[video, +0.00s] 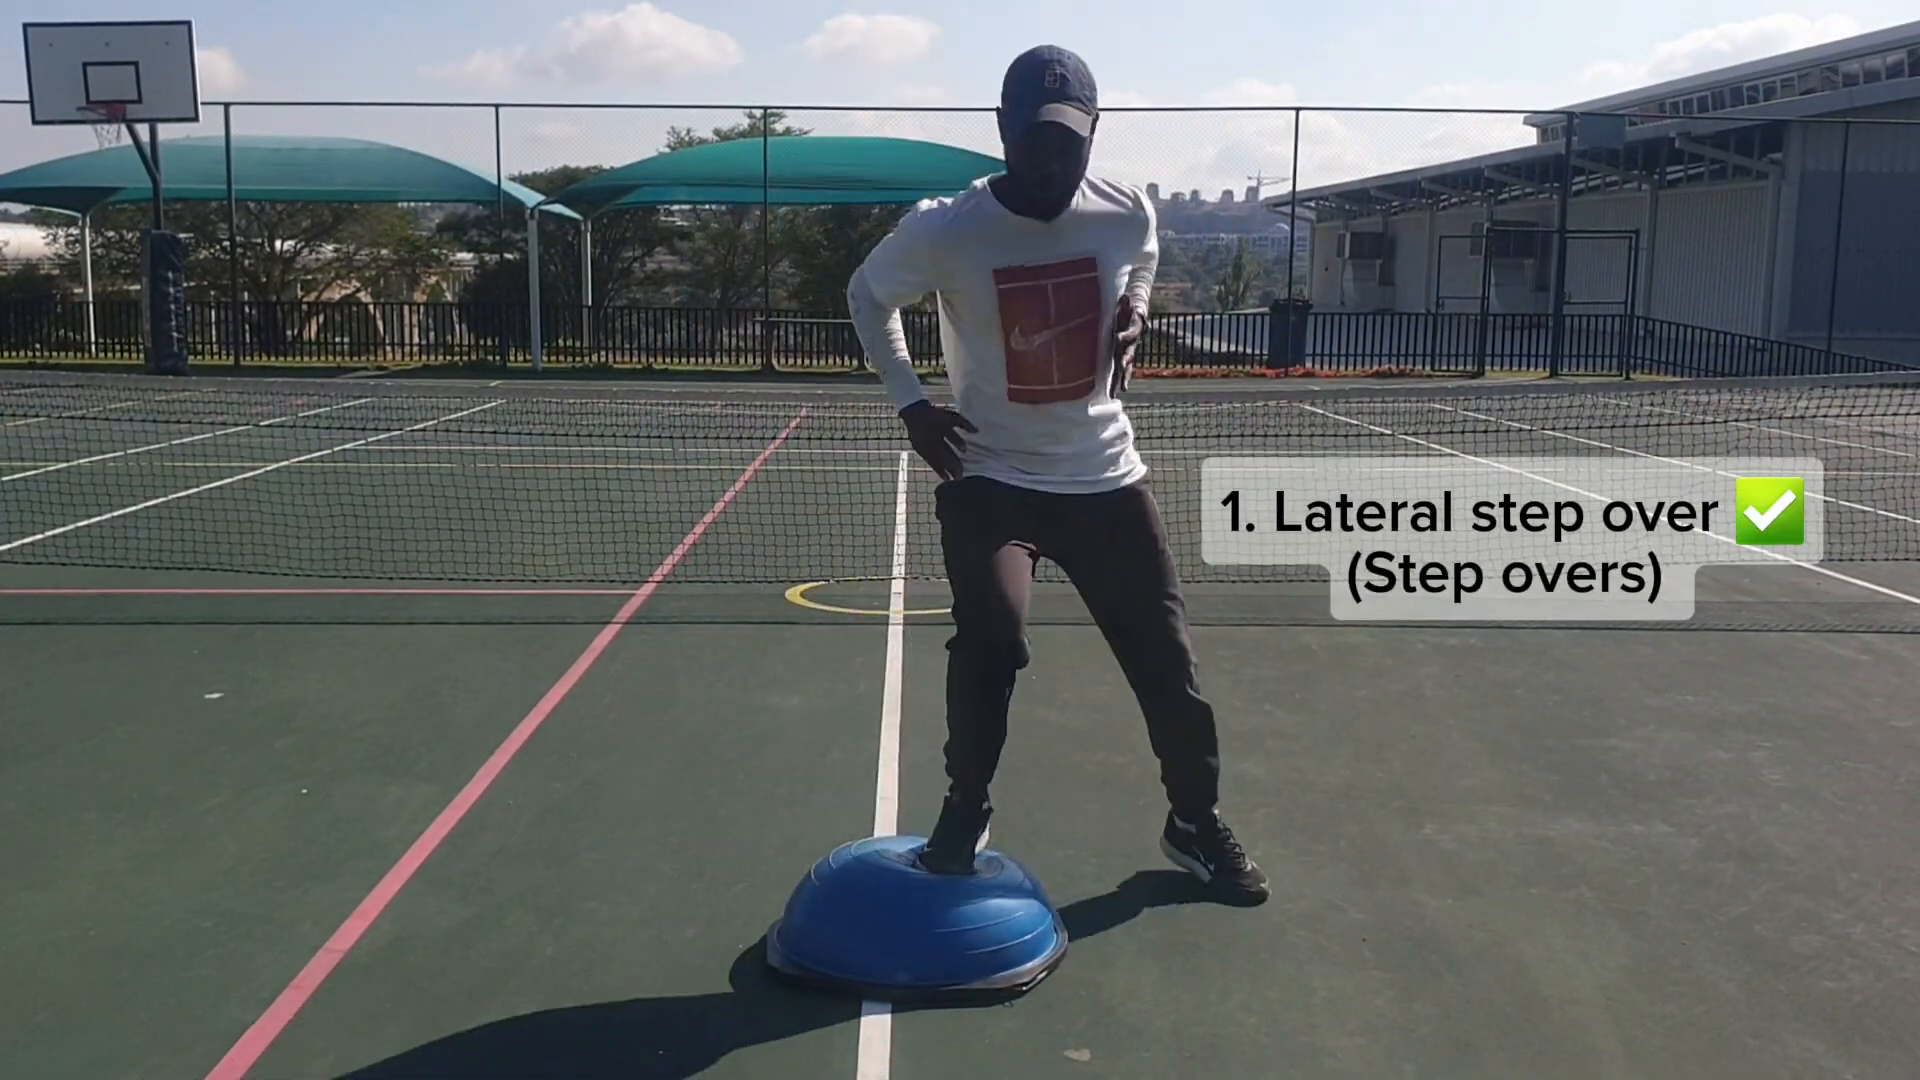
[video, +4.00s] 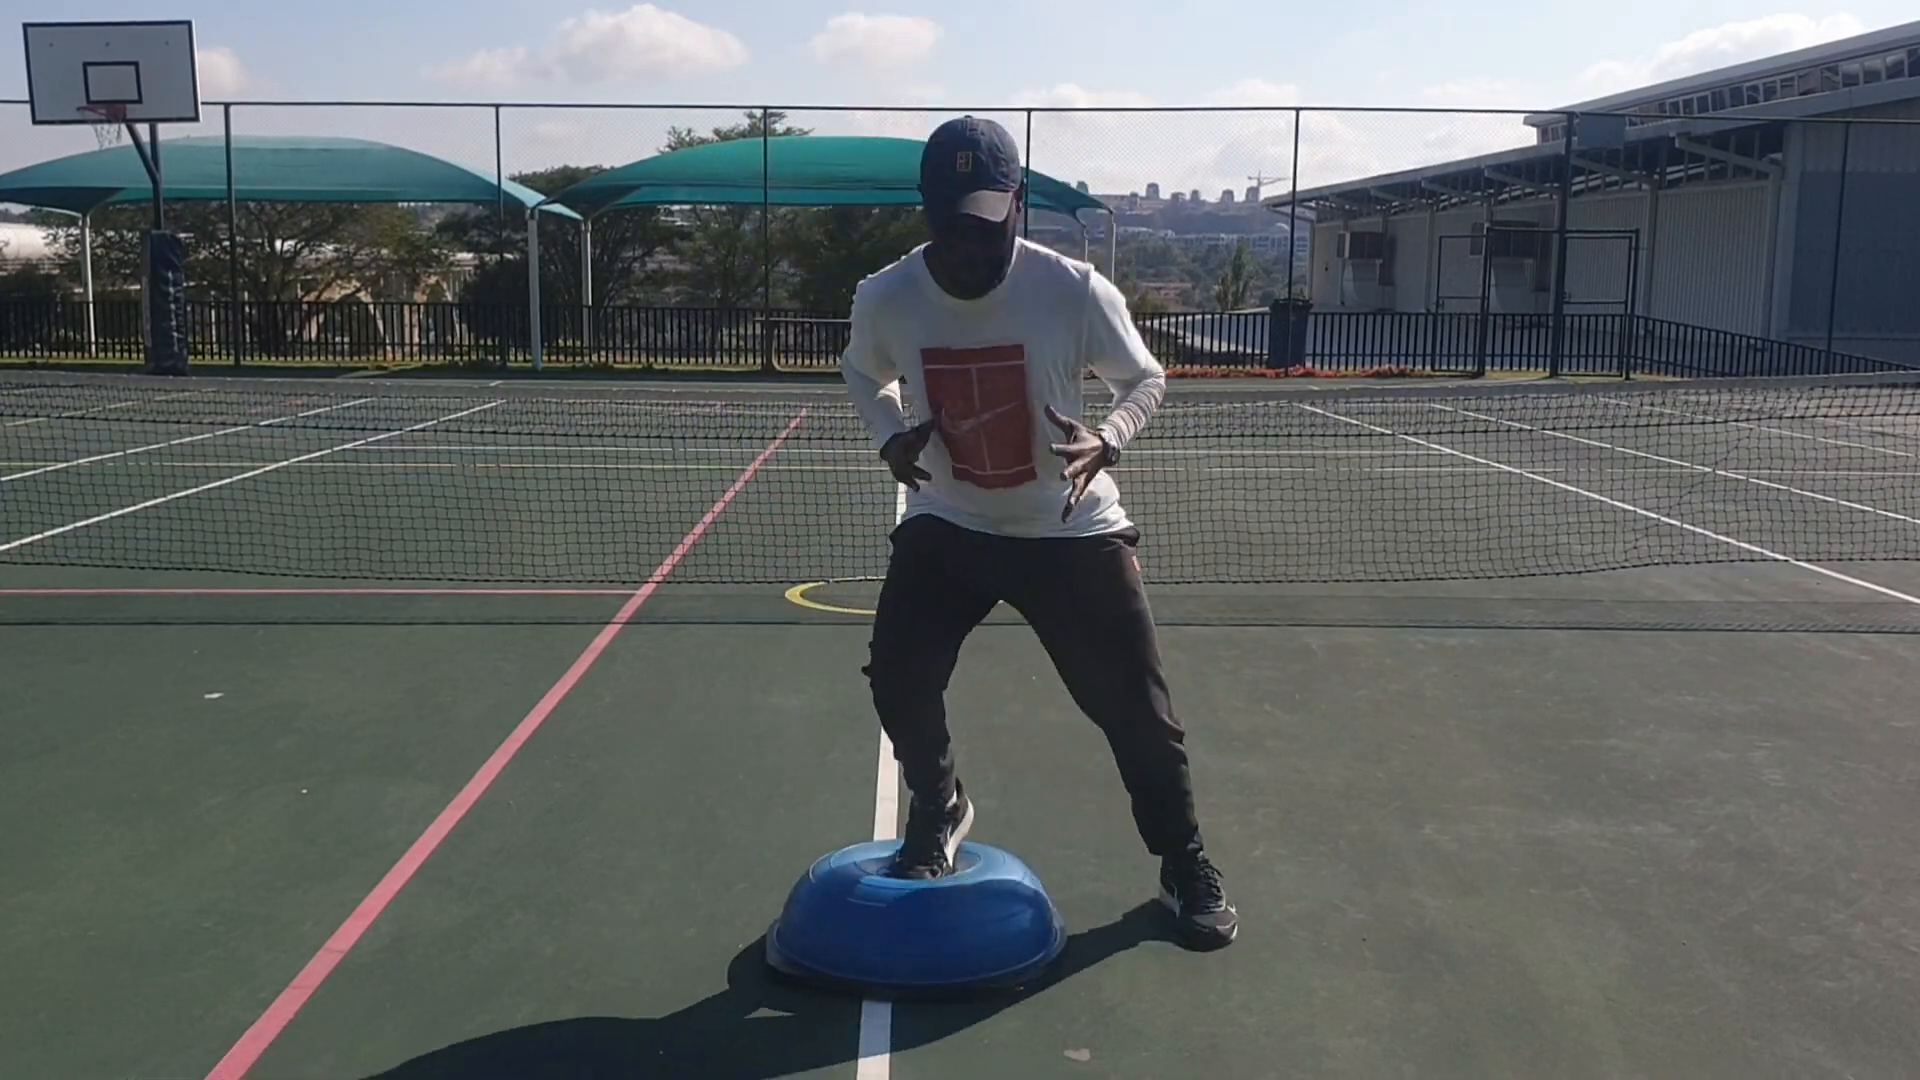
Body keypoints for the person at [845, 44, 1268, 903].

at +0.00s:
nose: (1055, 157)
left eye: (1071, 138)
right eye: (1037, 137)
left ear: (1094, 139)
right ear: (1004, 135)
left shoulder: (1127, 220)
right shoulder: (941, 231)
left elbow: (1142, 263)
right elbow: (868, 296)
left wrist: (1130, 315)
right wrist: (910, 400)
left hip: (1102, 475)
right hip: (988, 476)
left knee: (1169, 665)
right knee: (992, 641)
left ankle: (1195, 821)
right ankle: (966, 808)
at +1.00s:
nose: (891, 119)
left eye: (904, 98)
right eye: (869, 100)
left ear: (927, 86)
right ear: (832, 94)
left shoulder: (975, 165)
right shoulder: (787, 186)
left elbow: (1065, 190)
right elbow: (735, 261)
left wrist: (1034, 238)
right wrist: (743, 320)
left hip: (936, 447)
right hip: (813, 448)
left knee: (916, 654)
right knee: (763, 640)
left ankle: (888, 827)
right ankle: (723, 815)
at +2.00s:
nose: (826, 176)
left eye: (842, 157)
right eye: (806, 158)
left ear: (867, 146)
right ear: (771, 149)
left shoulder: (915, 232)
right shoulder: (718, 233)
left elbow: (969, 275)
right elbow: (700, 285)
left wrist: (936, 348)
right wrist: (710, 376)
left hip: (864, 495)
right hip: (738, 502)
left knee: (911, 671)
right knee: (664, 699)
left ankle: (862, 809)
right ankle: (601, 878)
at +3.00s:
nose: (944, 96)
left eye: (961, 80)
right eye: (928, 76)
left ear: (987, 69)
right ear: (897, 59)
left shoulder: (1030, 150)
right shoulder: (842, 143)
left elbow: (1106, 208)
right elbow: (803, 180)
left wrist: (1063, 262)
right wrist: (804, 281)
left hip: (995, 399)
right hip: (874, 408)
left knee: (1053, 591)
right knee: (870, 615)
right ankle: (911, 769)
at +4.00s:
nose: (974, 243)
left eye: (991, 223)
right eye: (957, 224)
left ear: (1017, 209)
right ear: (927, 214)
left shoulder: (1076, 294)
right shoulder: (883, 302)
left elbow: (1145, 384)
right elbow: (862, 374)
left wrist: (1109, 435)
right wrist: (892, 433)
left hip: (1070, 531)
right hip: (947, 526)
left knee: (1141, 713)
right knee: (898, 681)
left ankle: (1187, 868)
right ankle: (936, 807)